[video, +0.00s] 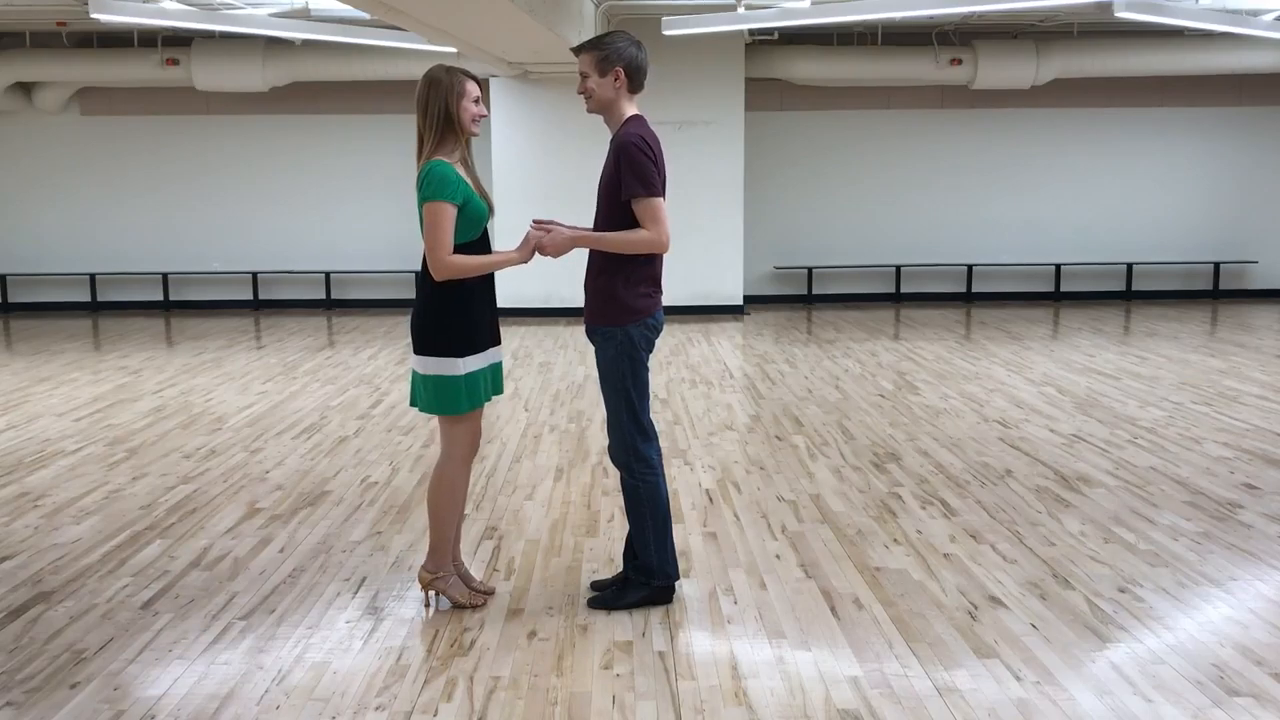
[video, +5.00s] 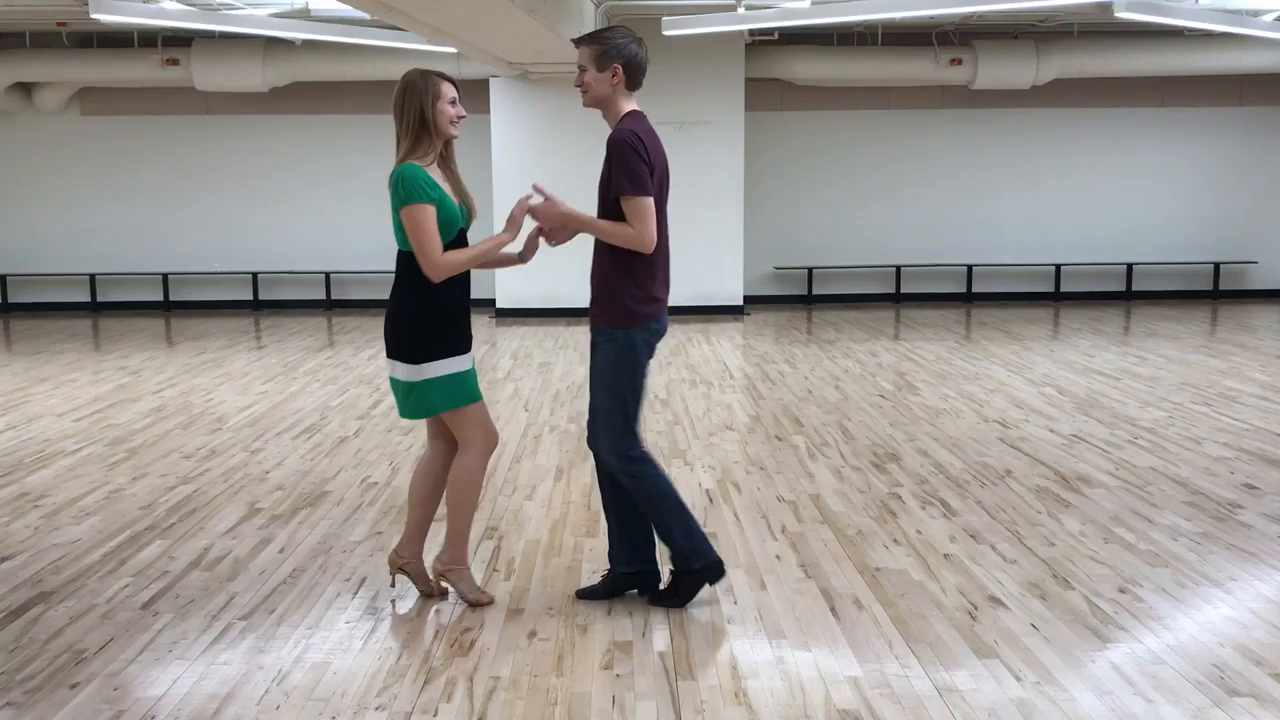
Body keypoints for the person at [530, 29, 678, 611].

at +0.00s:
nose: (579, 88)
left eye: (586, 77)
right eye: (579, 78)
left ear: (616, 77)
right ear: (617, 78)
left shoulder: (634, 142)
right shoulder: (626, 139)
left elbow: (657, 238)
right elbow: (629, 232)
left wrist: (575, 238)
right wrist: (567, 234)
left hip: (627, 320)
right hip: (620, 317)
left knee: (634, 449)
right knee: (630, 447)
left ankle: (655, 576)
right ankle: (645, 568)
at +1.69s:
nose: (616, 92)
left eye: (622, 81)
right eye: (615, 82)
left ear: (656, 81)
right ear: (653, 84)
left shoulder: (673, 143)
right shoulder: (669, 139)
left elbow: (702, 238)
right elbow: (676, 235)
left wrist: (622, 259)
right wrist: (616, 240)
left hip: (686, 324)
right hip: (672, 323)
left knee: (672, 447)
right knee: (646, 439)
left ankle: (716, 578)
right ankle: (717, 557)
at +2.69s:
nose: (573, 85)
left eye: (580, 74)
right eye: (573, 75)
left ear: (612, 77)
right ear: (612, 79)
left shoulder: (628, 139)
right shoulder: (625, 136)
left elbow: (648, 240)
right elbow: (626, 233)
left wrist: (574, 235)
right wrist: (568, 234)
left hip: (622, 318)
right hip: (615, 315)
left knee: (600, 446)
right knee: (607, 443)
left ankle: (678, 556)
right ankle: (630, 566)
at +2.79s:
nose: (565, 84)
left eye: (572, 74)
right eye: (566, 74)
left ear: (603, 77)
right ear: (604, 78)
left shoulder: (620, 143)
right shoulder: (616, 139)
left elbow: (641, 242)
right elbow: (619, 236)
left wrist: (560, 251)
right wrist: (556, 254)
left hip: (610, 320)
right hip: (611, 316)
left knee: (570, 442)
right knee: (606, 436)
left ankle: (628, 569)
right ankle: (637, 567)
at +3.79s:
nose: (586, 85)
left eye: (591, 74)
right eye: (586, 74)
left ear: (623, 74)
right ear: (622, 77)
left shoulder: (641, 136)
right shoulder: (640, 133)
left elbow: (667, 231)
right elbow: (641, 226)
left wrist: (587, 224)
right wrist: (581, 214)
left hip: (645, 320)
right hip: (629, 317)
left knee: (654, 445)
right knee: (609, 434)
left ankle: (710, 570)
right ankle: (630, 563)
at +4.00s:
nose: (607, 88)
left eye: (613, 77)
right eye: (607, 78)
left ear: (645, 78)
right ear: (645, 80)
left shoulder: (663, 141)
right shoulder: (663, 137)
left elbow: (687, 239)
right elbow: (667, 236)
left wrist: (607, 263)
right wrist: (607, 241)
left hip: (677, 322)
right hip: (660, 320)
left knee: (668, 446)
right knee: (636, 436)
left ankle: (713, 580)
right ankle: (685, 565)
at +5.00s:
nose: (577, 82)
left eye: (583, 72)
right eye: (577, 72)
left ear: (614, 75)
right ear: (614, 77)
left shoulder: (627, 139)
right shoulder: (633, 134)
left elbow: (644, 236)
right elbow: (634, 224)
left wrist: (572, 217)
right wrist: (578, 224)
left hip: (629, 318)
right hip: (619, 316)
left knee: (615, 442)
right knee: (607, 440)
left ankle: (696, 558)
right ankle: (632, 568)